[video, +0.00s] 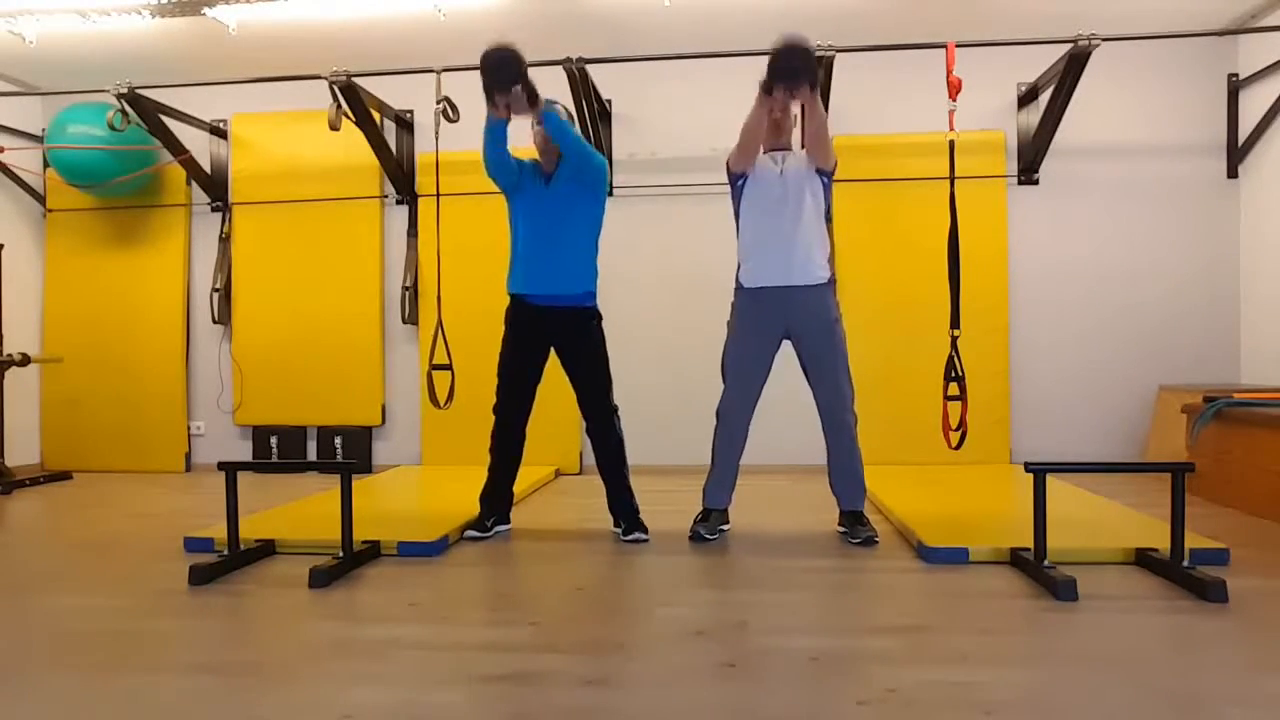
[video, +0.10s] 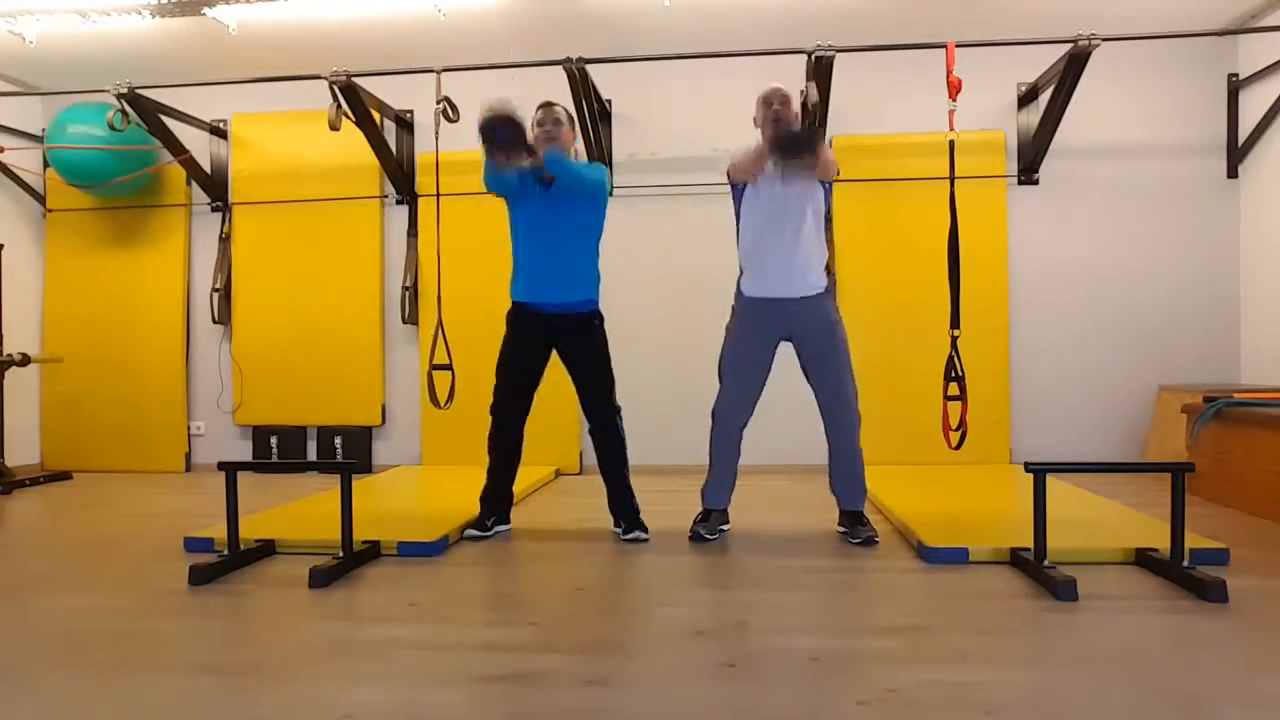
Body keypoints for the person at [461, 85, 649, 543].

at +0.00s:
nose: (539, 142)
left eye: (547, 136)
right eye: (536, 135)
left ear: (567, 141)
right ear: (535, 141)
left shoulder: (592, 175)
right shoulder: (520, 178)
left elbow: (570, 142)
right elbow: (495, 158)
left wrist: (544, 112)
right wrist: (498, 116)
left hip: (577, 312)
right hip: (526, 310)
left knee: (600, 415)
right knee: (509, 414)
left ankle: (627, 517)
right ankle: (494, 513)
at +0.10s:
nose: (548, 128)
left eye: (556, 121)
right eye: (540, 124)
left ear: (574, 134)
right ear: (530, 137)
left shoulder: (594, 176)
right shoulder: (518, 177)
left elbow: (573, 176)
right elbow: (495, 178)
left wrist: (544, 153)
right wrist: (496, 143)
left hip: (580, 318)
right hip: (527, 317)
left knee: (603, 418)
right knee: (506, 416)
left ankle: (627, 517)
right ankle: (495, 514)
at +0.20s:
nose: (547, 136)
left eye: (555, 130)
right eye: (539, 131)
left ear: (570, 141)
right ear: (530, 142)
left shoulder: (592, 190)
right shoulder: (514, 190)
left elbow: (583, 221)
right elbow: (495, 227)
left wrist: (533, 224)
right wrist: (528, 223)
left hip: (583, 326)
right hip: (529, 326)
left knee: (611, 417)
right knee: (500, 414)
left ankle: (627, 517)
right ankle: (495, 514)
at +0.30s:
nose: (543, 152)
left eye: (551, 147)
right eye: (536, 147)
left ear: (568, 159)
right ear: (526, 159)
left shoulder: (592, 210)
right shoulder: (508, 212)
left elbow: (580, 262)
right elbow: (502, 263)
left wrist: (545, 297)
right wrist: (507, 308)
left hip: (583, 337)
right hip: (529, 340)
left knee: (619, 415)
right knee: (488, 414)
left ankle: (628, 517)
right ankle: (494, 514)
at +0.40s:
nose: (536, 173)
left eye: (545, 168)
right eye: (529, 168)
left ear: (562, 179)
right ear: (520, 181)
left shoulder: (589, 236)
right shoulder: (504, 238)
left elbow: (583, 314)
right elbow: (507, 309)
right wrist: (519, 367)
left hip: (582, 348)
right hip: (527, 350)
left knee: (624, 413)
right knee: (479, 412)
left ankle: (628, 517)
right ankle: (494, 513)